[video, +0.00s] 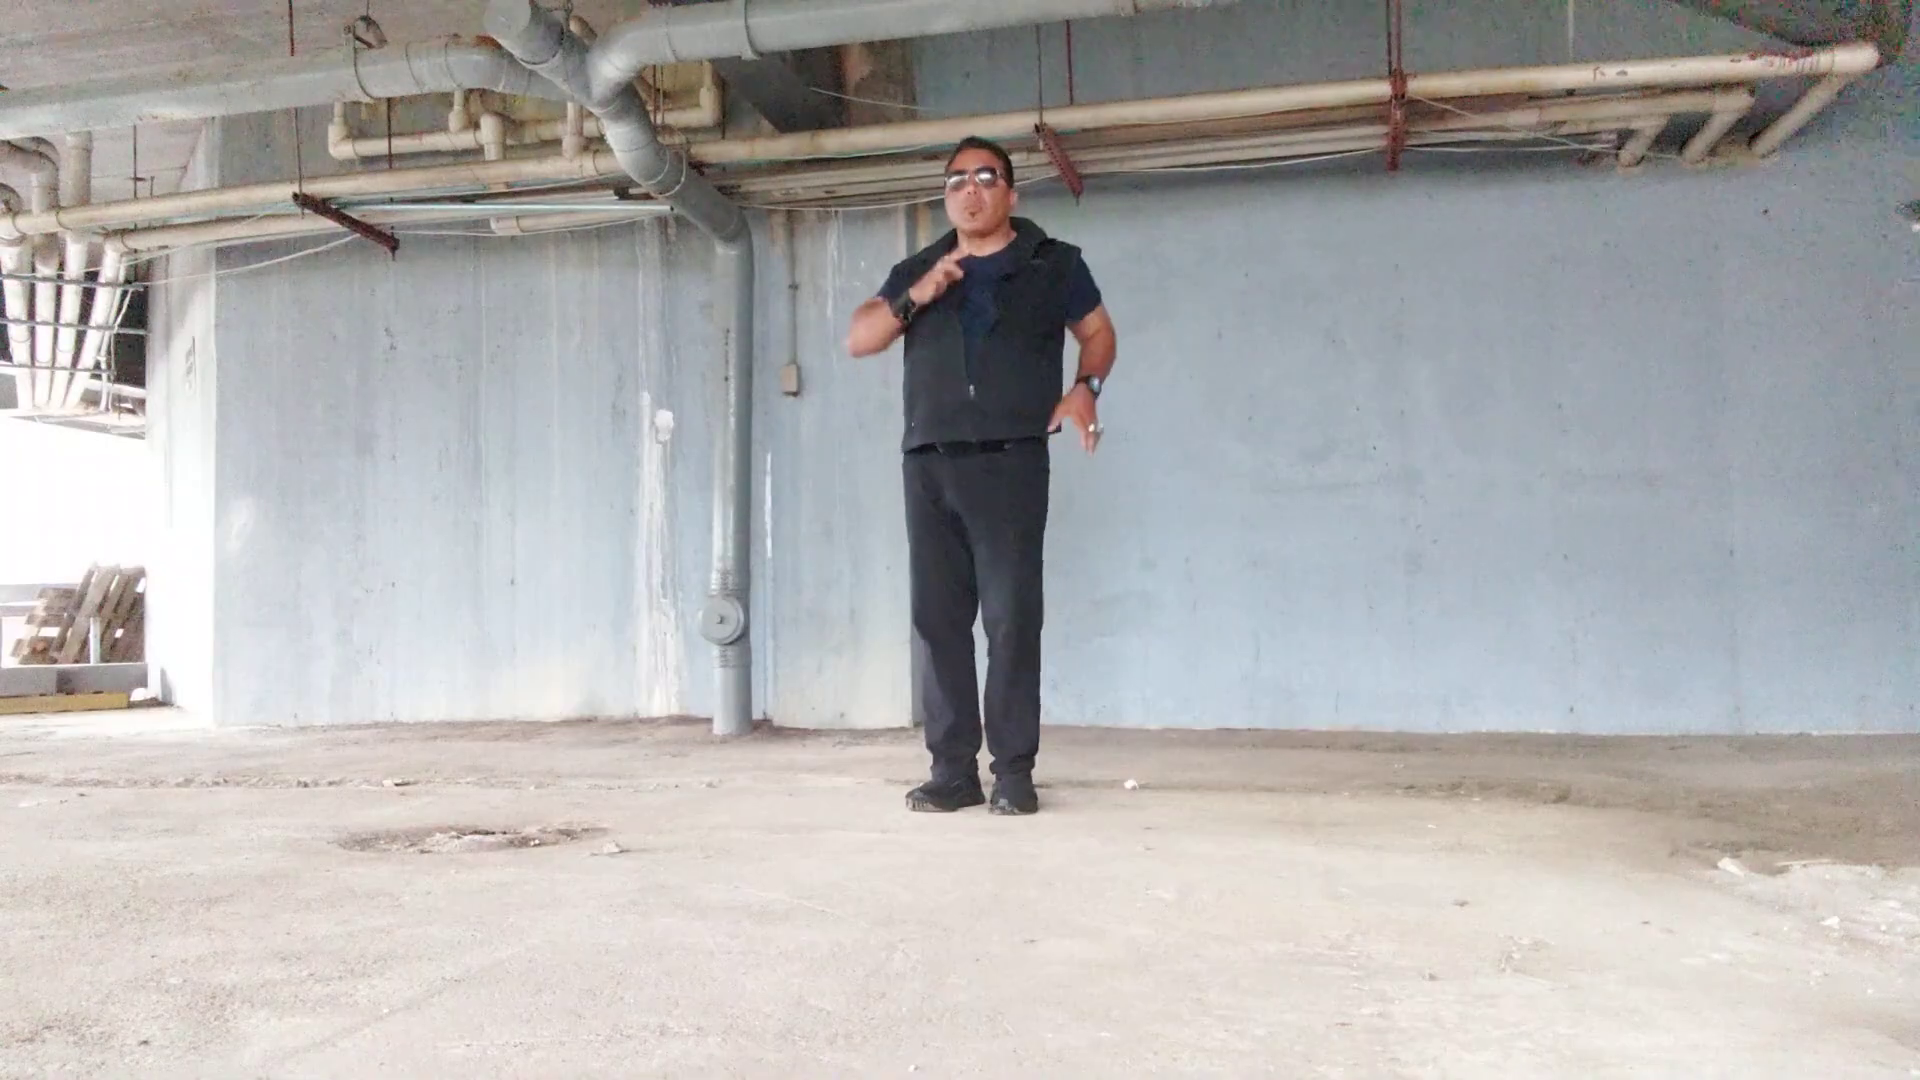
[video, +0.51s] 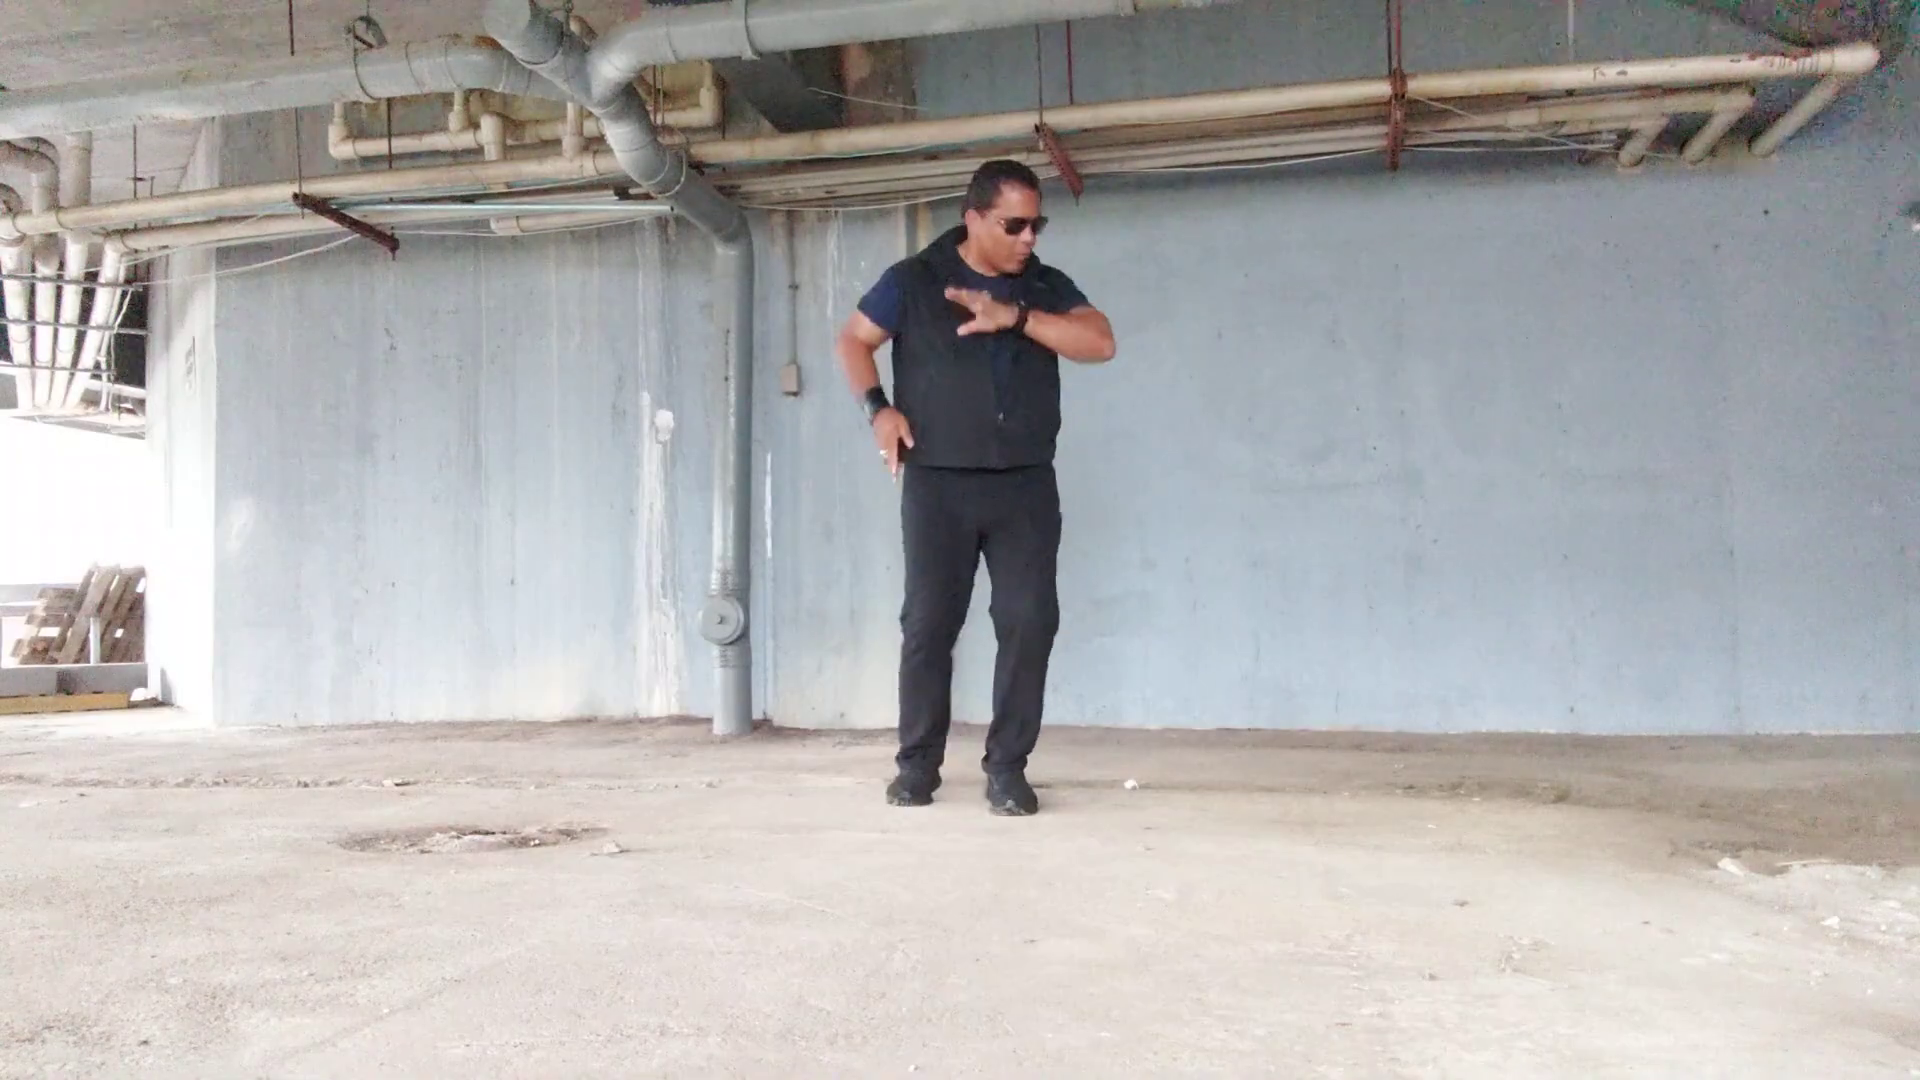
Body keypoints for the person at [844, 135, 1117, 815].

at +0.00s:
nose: (971, 188)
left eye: (985, 178)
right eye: (958, 180)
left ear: (1011, 194)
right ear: (945, 198)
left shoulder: (1053, 262)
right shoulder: (922, 268)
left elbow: (1097, 333)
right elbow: (858, 340)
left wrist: (1086, 386)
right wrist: (913, 297)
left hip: (1009, 461)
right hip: (929, 463)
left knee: (1009, 617)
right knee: (938, 619)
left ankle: (1012, 771)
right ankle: (952, 770)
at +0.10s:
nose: (974, 196)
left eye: (988, 185)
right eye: (961, 186)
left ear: (1011, 197)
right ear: (946, 199)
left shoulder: (1056, 265)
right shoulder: (920, 272)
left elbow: (1105, 334)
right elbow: (871, 352)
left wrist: (1088, 377)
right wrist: (924, 318)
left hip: (1012, 465)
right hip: (930, 466)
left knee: (1010, 618)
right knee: (933, 618)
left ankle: (1014, 771)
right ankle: (953, 771)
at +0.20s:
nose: (996, 211)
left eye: (1008, 199)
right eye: (981, 200)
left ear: (1021, 203)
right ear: (955, 204)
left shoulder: (1059, 274)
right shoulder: (918, 274)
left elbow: (1114, 356)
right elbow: (884, 363)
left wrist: (1070, 360)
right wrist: (910, 375)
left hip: (1018, 474)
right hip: (932, 476)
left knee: (1019, 624)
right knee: (918, 614)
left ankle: (1014, 771)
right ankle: (946, 759)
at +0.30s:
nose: (1030, 232)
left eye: (1037, 218)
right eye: (1017, 218)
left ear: (1042, 217)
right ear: (977, 212)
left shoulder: (1047, 282)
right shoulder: (916, 273)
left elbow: (1109, 346)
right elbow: (869, 344)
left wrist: (1029, 323)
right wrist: (892, 397)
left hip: (1026, 478)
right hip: (940, 477)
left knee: (1029, 628)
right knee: (911, 611)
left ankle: (1014, 772)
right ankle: (931, 743)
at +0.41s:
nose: (1033, 237)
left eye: (1039, 224)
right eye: (1020, 223)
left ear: (1042, 220)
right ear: (976, 216)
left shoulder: (1044, 282)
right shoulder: (915, 274)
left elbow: (1102, 337)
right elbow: (854, 332)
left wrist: (1017, 310)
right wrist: (880, 398)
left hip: (1027, 481)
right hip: (941, 482)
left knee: (1034, 625)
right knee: (929, 625)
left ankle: (1012, 769)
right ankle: (915, 764)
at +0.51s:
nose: (1029, 238)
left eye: (1035, 225)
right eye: (1016, 225)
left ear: (1039, 221)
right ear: (973, 219)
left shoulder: (1044, 284)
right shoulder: (916, 279)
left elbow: (1101, 343)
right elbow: (853, 340)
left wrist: (1018, 318)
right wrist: (878, 408)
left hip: (1025, 485)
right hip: (937, 485)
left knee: (1031, 622)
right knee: (927, 626)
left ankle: (1007, 768)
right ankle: (917, 764)